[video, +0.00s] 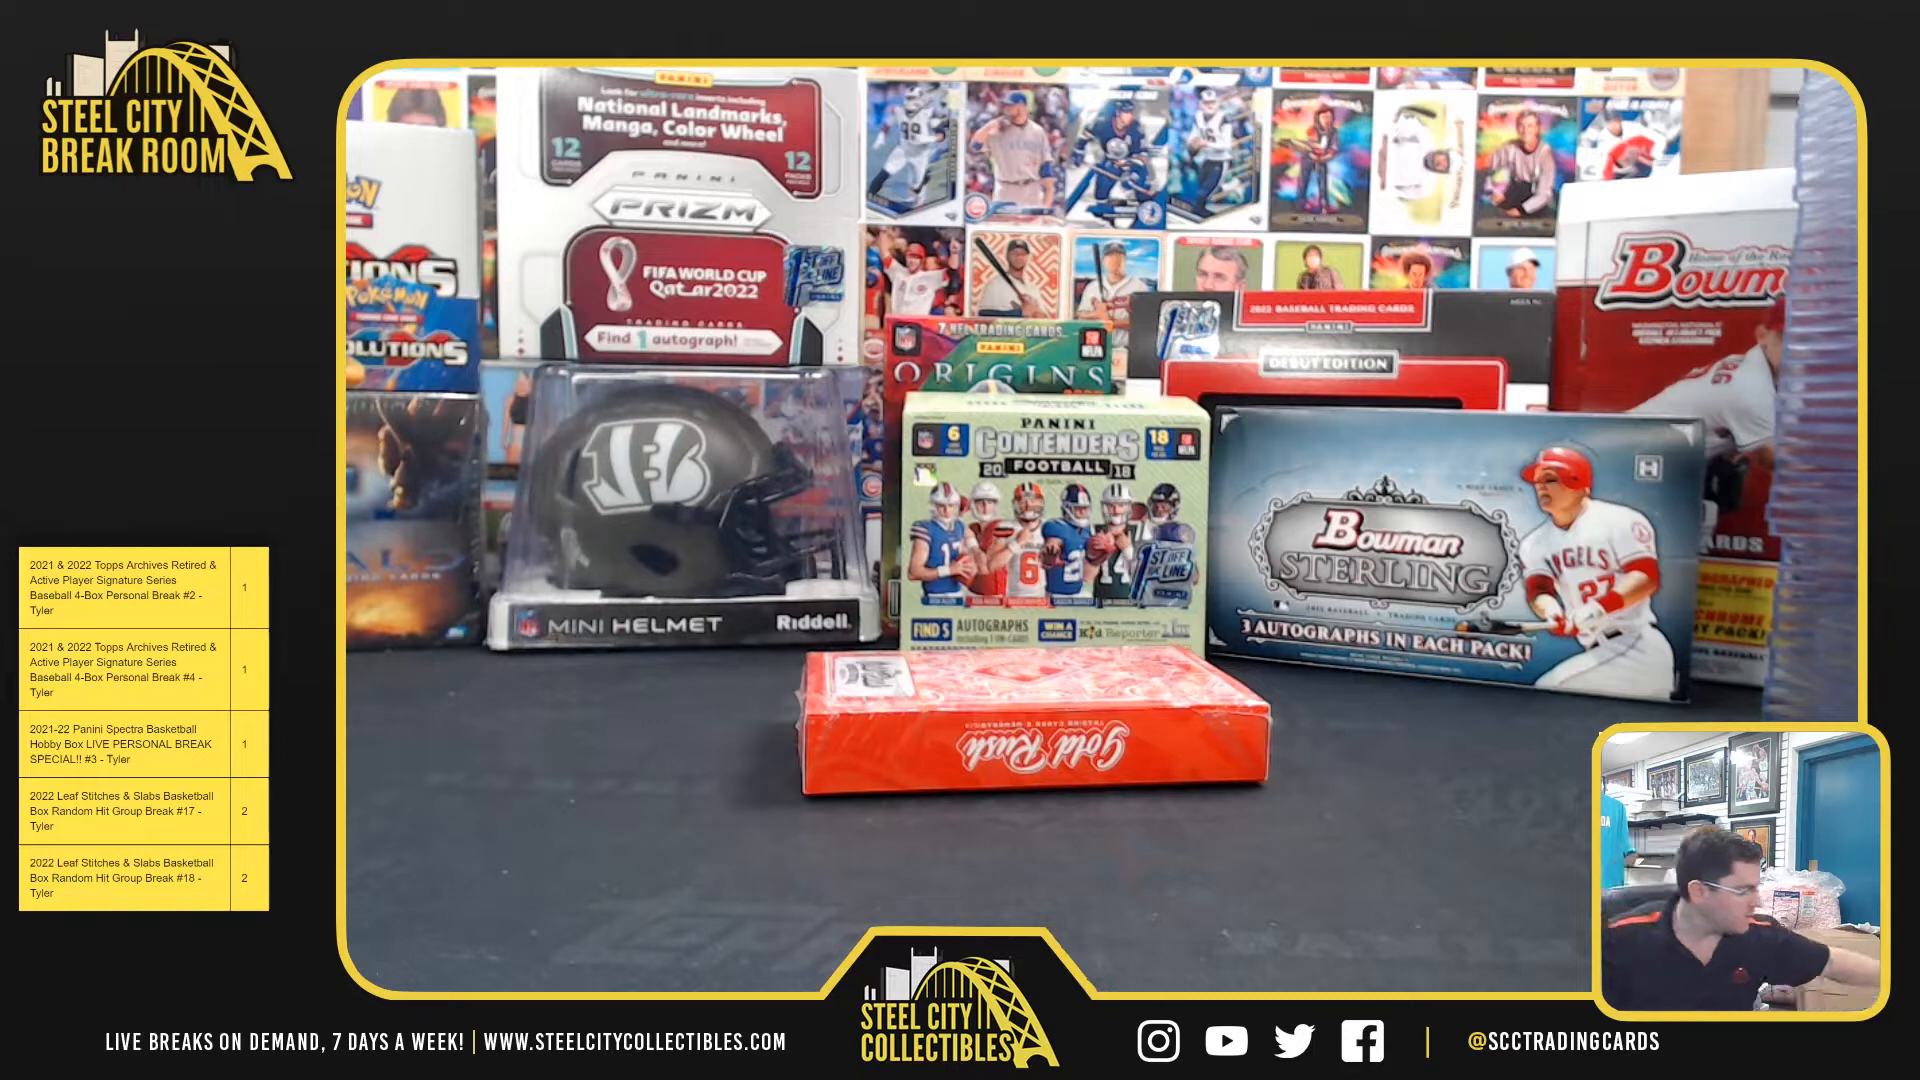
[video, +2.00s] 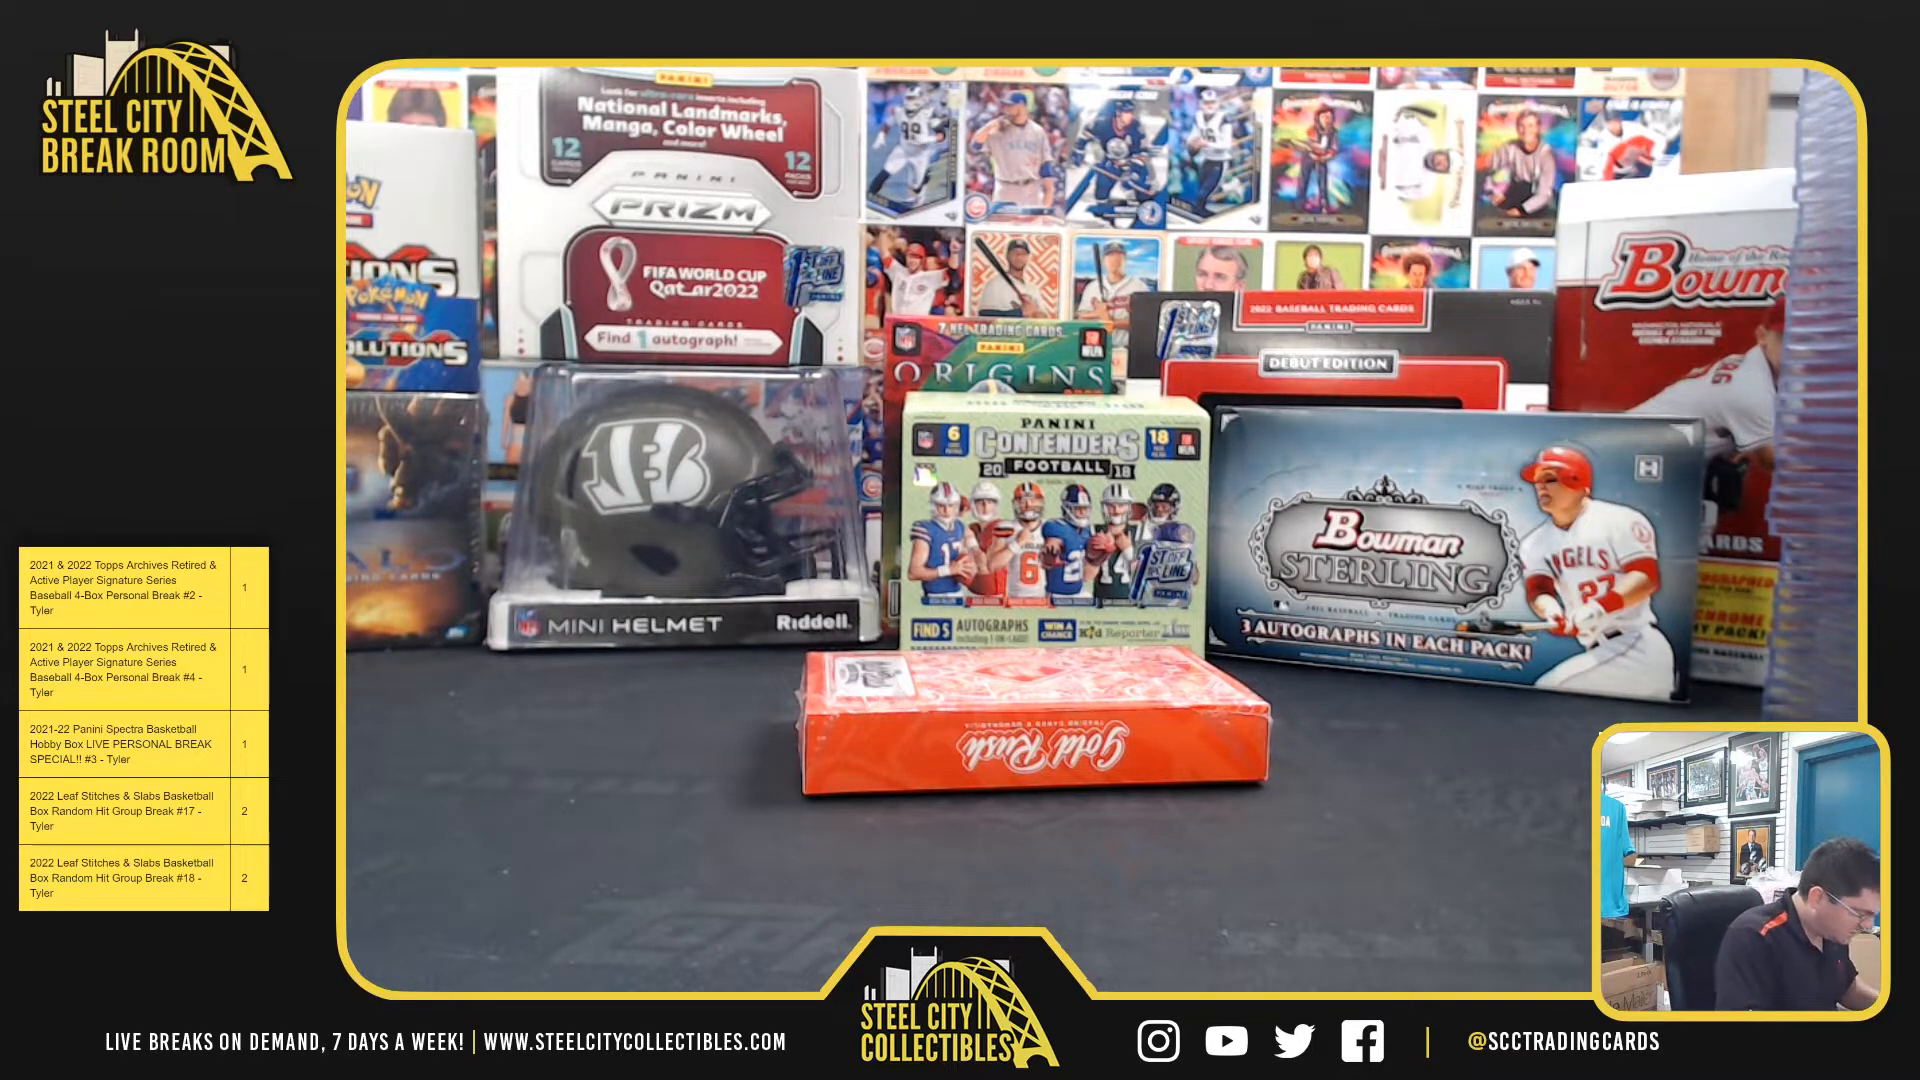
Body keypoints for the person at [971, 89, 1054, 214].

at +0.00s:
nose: (1007, 110)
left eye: (1011, 106)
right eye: (1006, 106)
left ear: (1023, 108)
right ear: (1005, 108)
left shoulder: (1038, 132)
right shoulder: (997, 129)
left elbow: (1046, 167)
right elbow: (974, 147)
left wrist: (1048, 201)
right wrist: (990, 126)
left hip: (1031, 187)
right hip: (1004, 186)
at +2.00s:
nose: (1006, 110)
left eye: (1010, 106)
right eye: (1005, 106)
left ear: (1022, 107)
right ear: (1004, 107)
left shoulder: (1038, 132)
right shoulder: (997, 129)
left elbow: (1046, 166)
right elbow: (974, 146)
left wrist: (1048, 198)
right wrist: (992, 126)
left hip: (1032, 186)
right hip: (1005, 186)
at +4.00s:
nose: (1006, 110)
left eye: (1010, 106)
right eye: (1006, 106)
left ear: (1022, 107)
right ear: (1004, 107)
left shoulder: (1038, 132)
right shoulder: (997, 129)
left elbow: (1046, 166)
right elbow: (974, 147)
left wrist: (1048, 199)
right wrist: (989, 128)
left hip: (1031, 186)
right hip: (1005, 186)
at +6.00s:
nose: (1006, 110)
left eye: (1010, 106)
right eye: (1005, 106)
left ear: (1022, 107)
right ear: (1004, 107)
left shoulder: (1038, 132)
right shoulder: (996, 129)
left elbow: (1046, 166)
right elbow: (974, 148)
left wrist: (1048, 198)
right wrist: (991, 127)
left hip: (1032, 186)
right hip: (1005, 186)